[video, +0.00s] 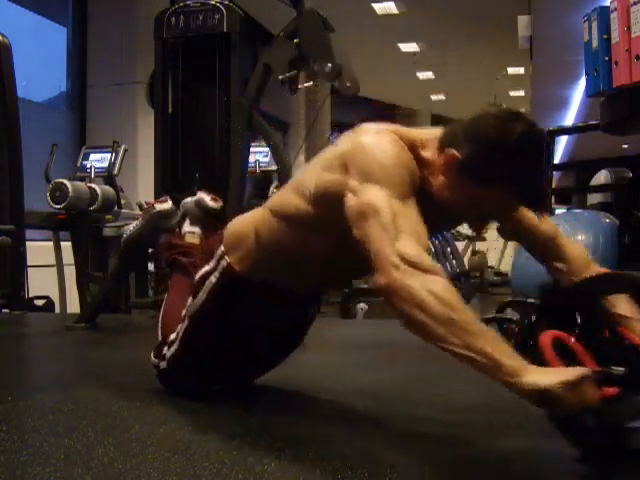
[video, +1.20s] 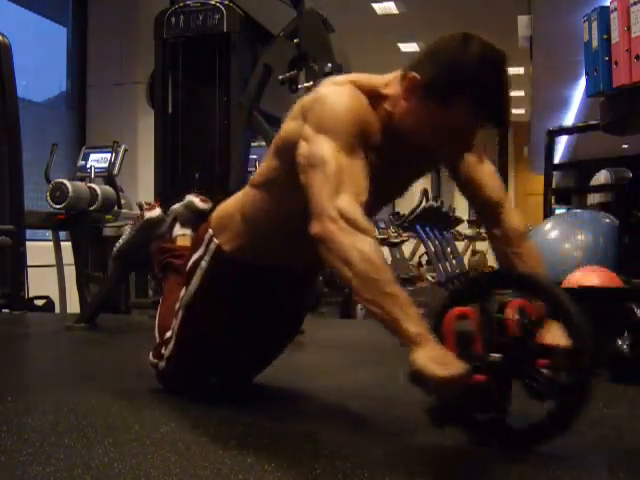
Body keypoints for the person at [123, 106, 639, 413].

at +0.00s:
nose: (475, 220)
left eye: (488, 214)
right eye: (476, 208)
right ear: (452, 167)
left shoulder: (467, 166)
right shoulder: (376, 156)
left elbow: (547, 240)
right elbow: (404, 279)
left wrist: (608, 297)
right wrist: (522, 374)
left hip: (300, 296)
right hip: (244, 283)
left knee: (231, 375)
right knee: (180, 375)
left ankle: (206, 243)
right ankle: (182, 257)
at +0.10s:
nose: (495, 254)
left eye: (509, 248)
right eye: (499, 241)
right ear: (473, 199)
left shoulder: (490, 183)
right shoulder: (401, 181)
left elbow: (583, 261)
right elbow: (446, 303)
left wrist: (638, 300)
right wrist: (581, 387)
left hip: (309, 302)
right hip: (256, 292)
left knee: (239, 377)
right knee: (180, 372)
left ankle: (215, 263)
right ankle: (182, 259)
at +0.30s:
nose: (547, 302)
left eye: (562, 295)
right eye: (551, 291)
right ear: (520, 247)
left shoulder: (522, 214)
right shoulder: (447, 229)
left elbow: (617, 284)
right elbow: (515, 336)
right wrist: (636, 386)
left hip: (319, 318)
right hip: (275, 310)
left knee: (244, 375)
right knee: (184, 367)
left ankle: (219, 259)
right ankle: (198, 253)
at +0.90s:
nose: (510, 248)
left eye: (523, 241)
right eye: (514, 234)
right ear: (488, 191)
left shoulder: (502, 187)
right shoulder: (412, 179)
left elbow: (608, 261)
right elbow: (458, 295)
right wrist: (600, 373)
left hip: (311, 311)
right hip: (258, 300)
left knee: (237, 375)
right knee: (184, 372)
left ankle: (237, 256)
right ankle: (200, 262)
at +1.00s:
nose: (489, 205)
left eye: (503, 197)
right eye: (491, 191)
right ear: (462, 151)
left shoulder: (481, 159)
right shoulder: (388, 149)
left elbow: (563, 231)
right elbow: (411, 266)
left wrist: (617, 294)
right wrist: (537, 359)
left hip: (308, 297)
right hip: (253, 286)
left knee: (236, 374)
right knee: (185, 373)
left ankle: (228, 246)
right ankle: (191, 251)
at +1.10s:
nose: (473, 172)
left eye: (484, 161)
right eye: (469, 158)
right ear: (435, 116)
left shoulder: (464, 137)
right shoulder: (361, 123)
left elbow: (536, 223)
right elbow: (377, 242)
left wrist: (594, 315)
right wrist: (477, 348)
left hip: (303, 286)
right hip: (245, 274)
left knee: (237, 380)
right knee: (183, 372)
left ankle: (217, 251)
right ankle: (190, 254)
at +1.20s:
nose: (461, 150)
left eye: (470, 135)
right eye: (454, 131)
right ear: (409, 95)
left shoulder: (439, 120)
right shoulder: (337, 106)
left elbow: (502, 216)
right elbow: (336, 226)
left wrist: (548, 312)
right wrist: (422, 343)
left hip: (294, 276)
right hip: (233, 262)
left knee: (228, 379)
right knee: (179, 377)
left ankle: (199, 237)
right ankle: (165, 248)